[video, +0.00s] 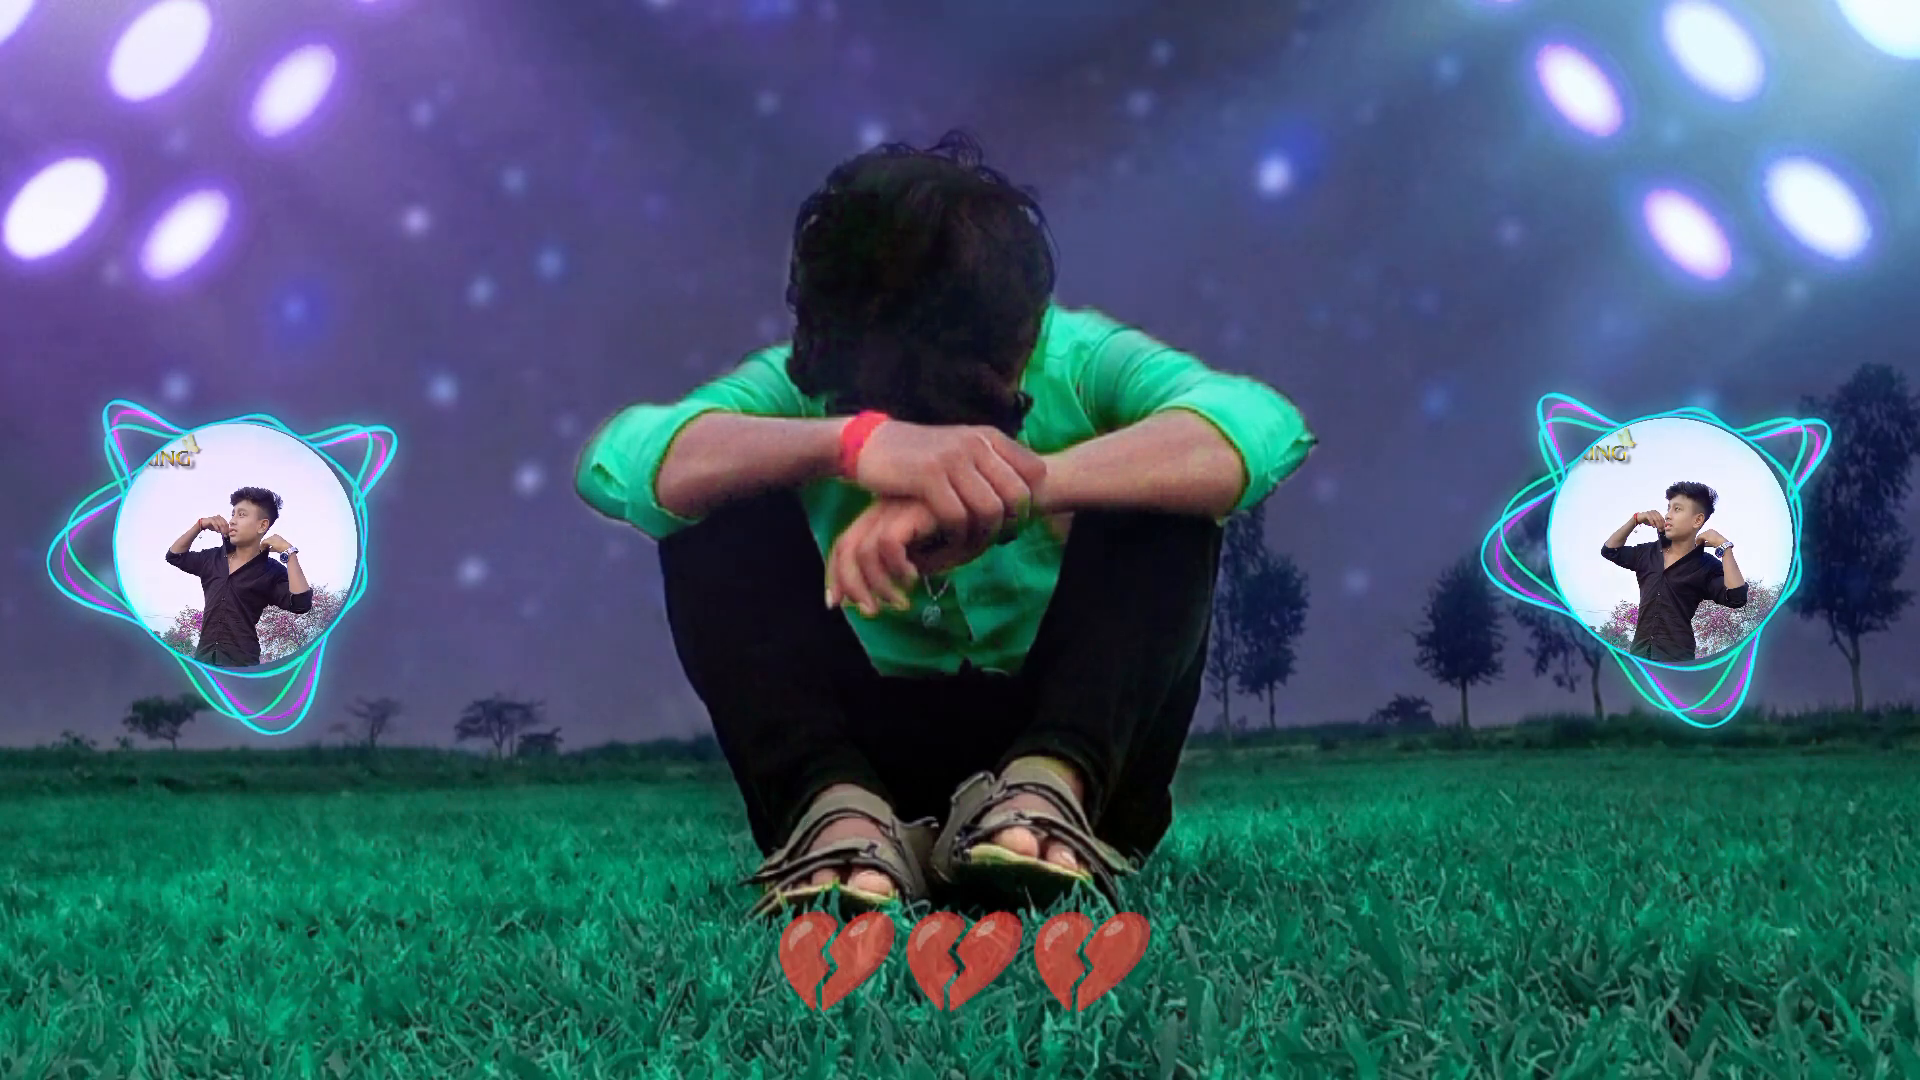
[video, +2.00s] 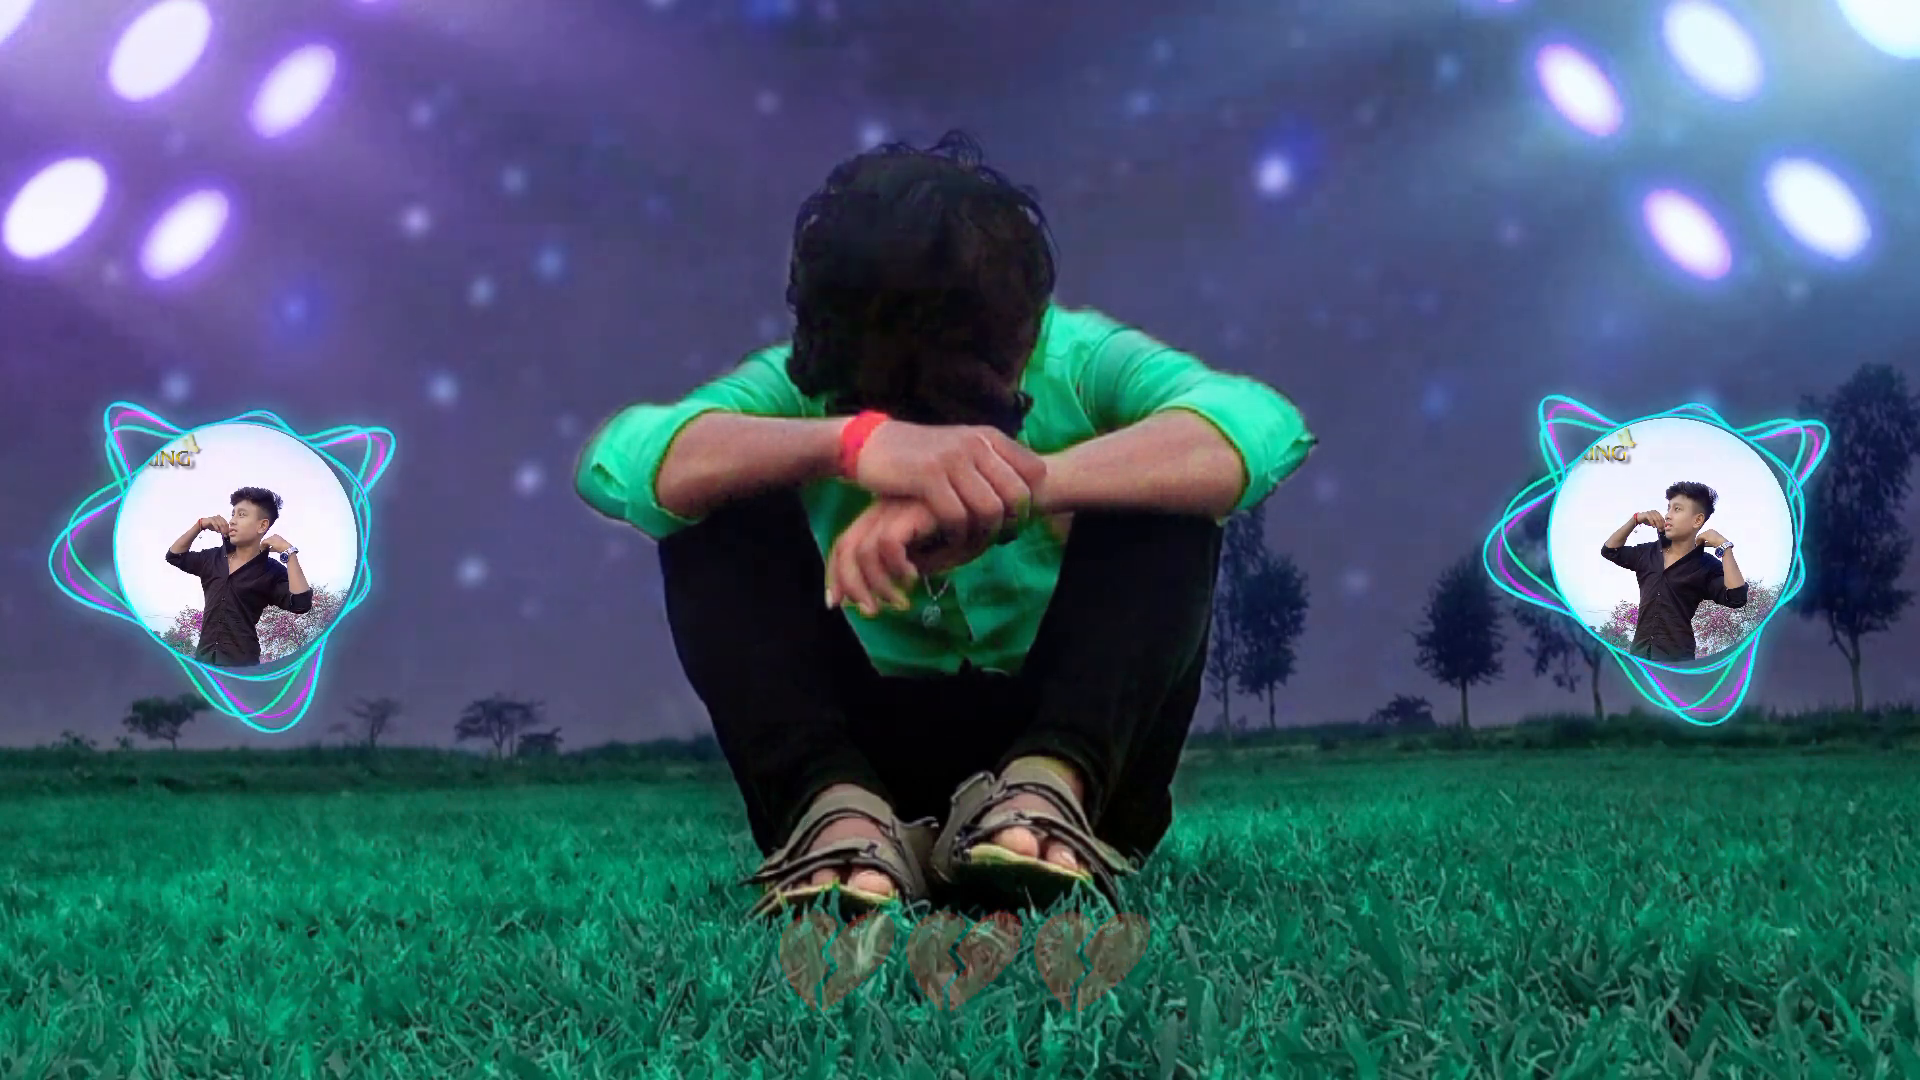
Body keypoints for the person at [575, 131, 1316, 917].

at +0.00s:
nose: (920, 456)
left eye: (956, 418)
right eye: (880, 417)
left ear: (1020, 358)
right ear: (817, 366)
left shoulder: (1078, 356)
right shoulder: (794, 382)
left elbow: (1265, 429)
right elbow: (611, 467)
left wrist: (1001, 491)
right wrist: (852, 446)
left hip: (1058, 745)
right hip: (863, 749)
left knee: (1165, 486)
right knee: (713, 501)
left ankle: (1044, 790)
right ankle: (835, 817)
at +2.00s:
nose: (958, 426)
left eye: (993, 381)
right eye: (916, 404)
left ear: (1025, 333)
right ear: (843, 363)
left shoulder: (1075, 355)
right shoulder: (796, 384)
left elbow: (1265, 429)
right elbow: (612, 467)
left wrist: (999, 492)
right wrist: (851, 446)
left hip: (1061, 749)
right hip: (864, 756)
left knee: (1167, 485)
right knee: (711, 502)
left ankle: (1044, 789)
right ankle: (835, 817)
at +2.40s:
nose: (926, 441)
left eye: (962, 406)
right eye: (892, 407)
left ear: (1020, 349)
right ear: (826, 362)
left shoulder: (1077, 355)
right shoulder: (794, 383)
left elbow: (1265, 429)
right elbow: (611, 467)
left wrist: (1000, 491)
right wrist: (850, 446)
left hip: (1063, 751)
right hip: (866, 758)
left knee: (1166, 488)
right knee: (713, 505)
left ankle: (1043, 790)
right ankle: (837, 819)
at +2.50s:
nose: (934, 435)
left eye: (971, 396)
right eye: (898, 402)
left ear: (1021, 343)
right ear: (828, 361)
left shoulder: (1075, 355)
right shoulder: (795, 383)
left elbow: (1265, 429)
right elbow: (611, 467)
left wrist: (1000, 491)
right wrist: (850, 446)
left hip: (1064, 752)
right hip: (866, 759)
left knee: (1165, 488)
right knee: (714, 505)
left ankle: (1043, 790)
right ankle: (837, 819)